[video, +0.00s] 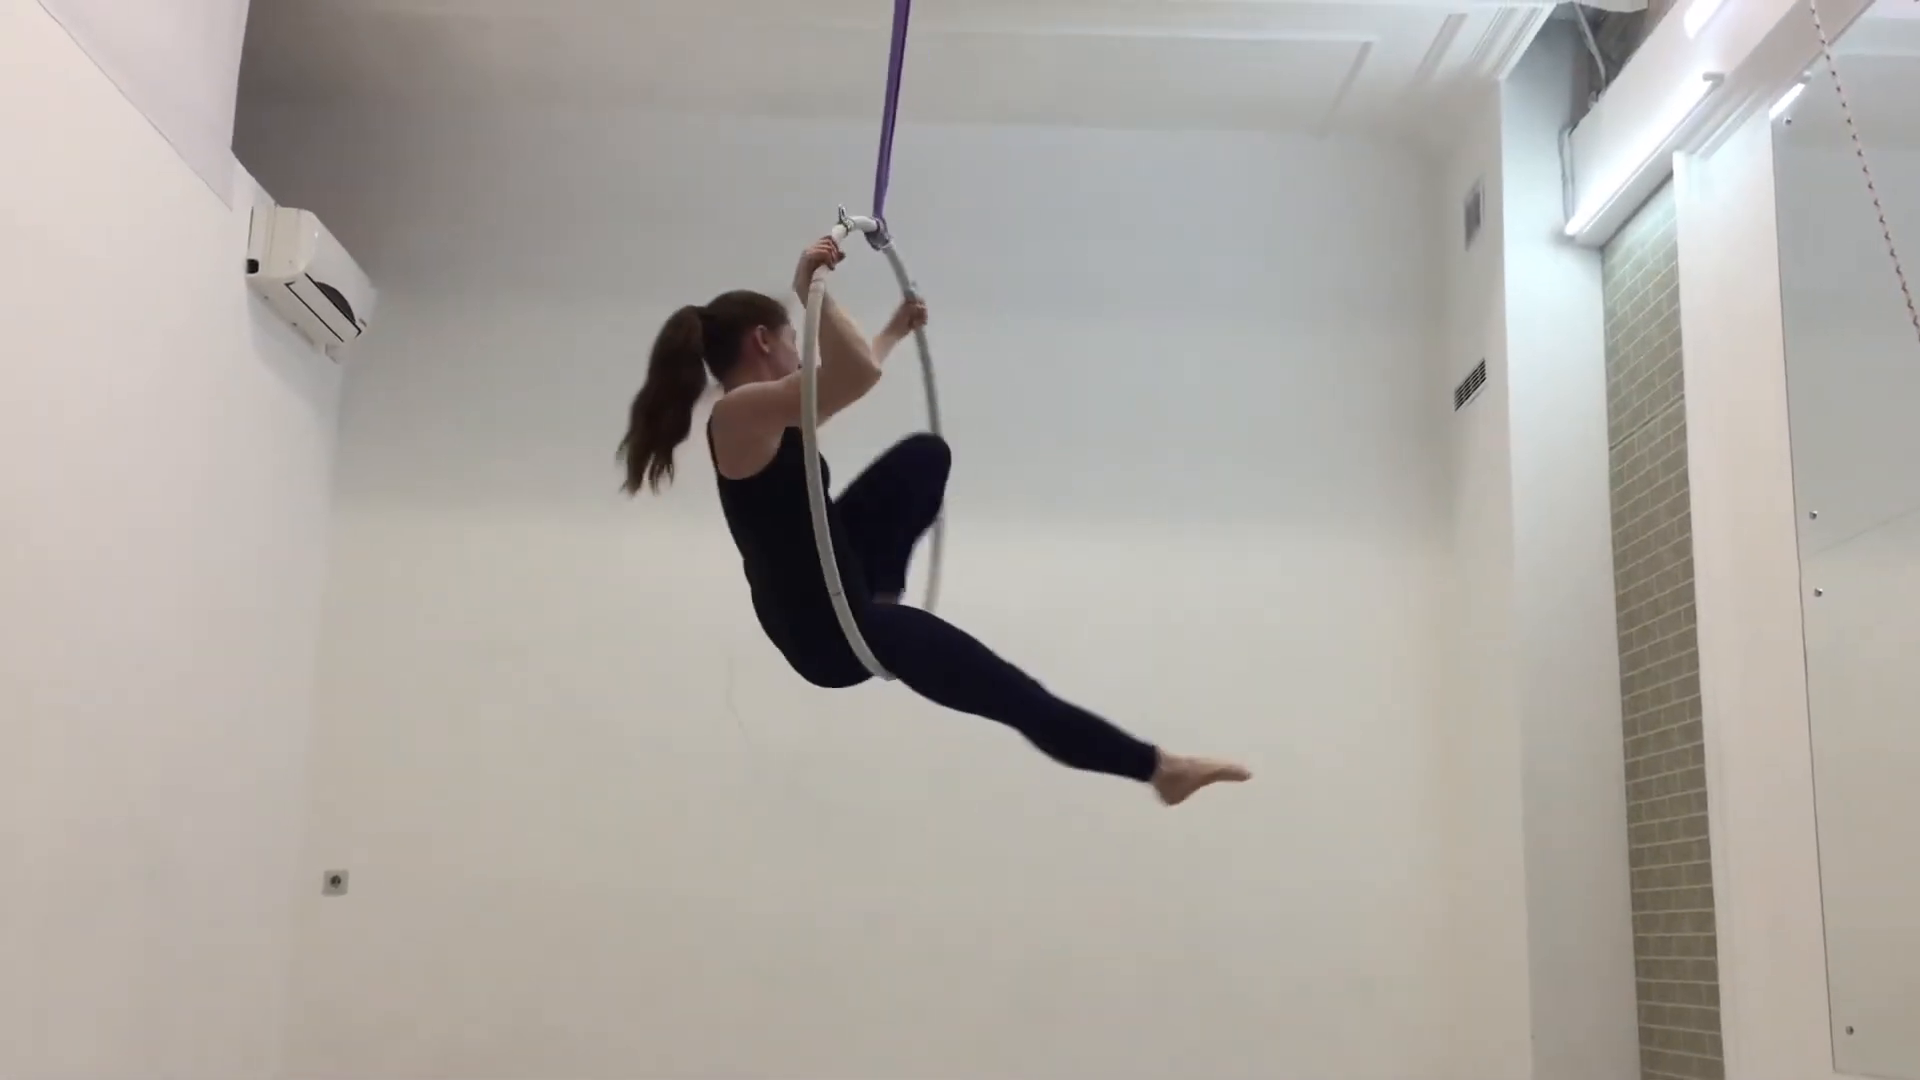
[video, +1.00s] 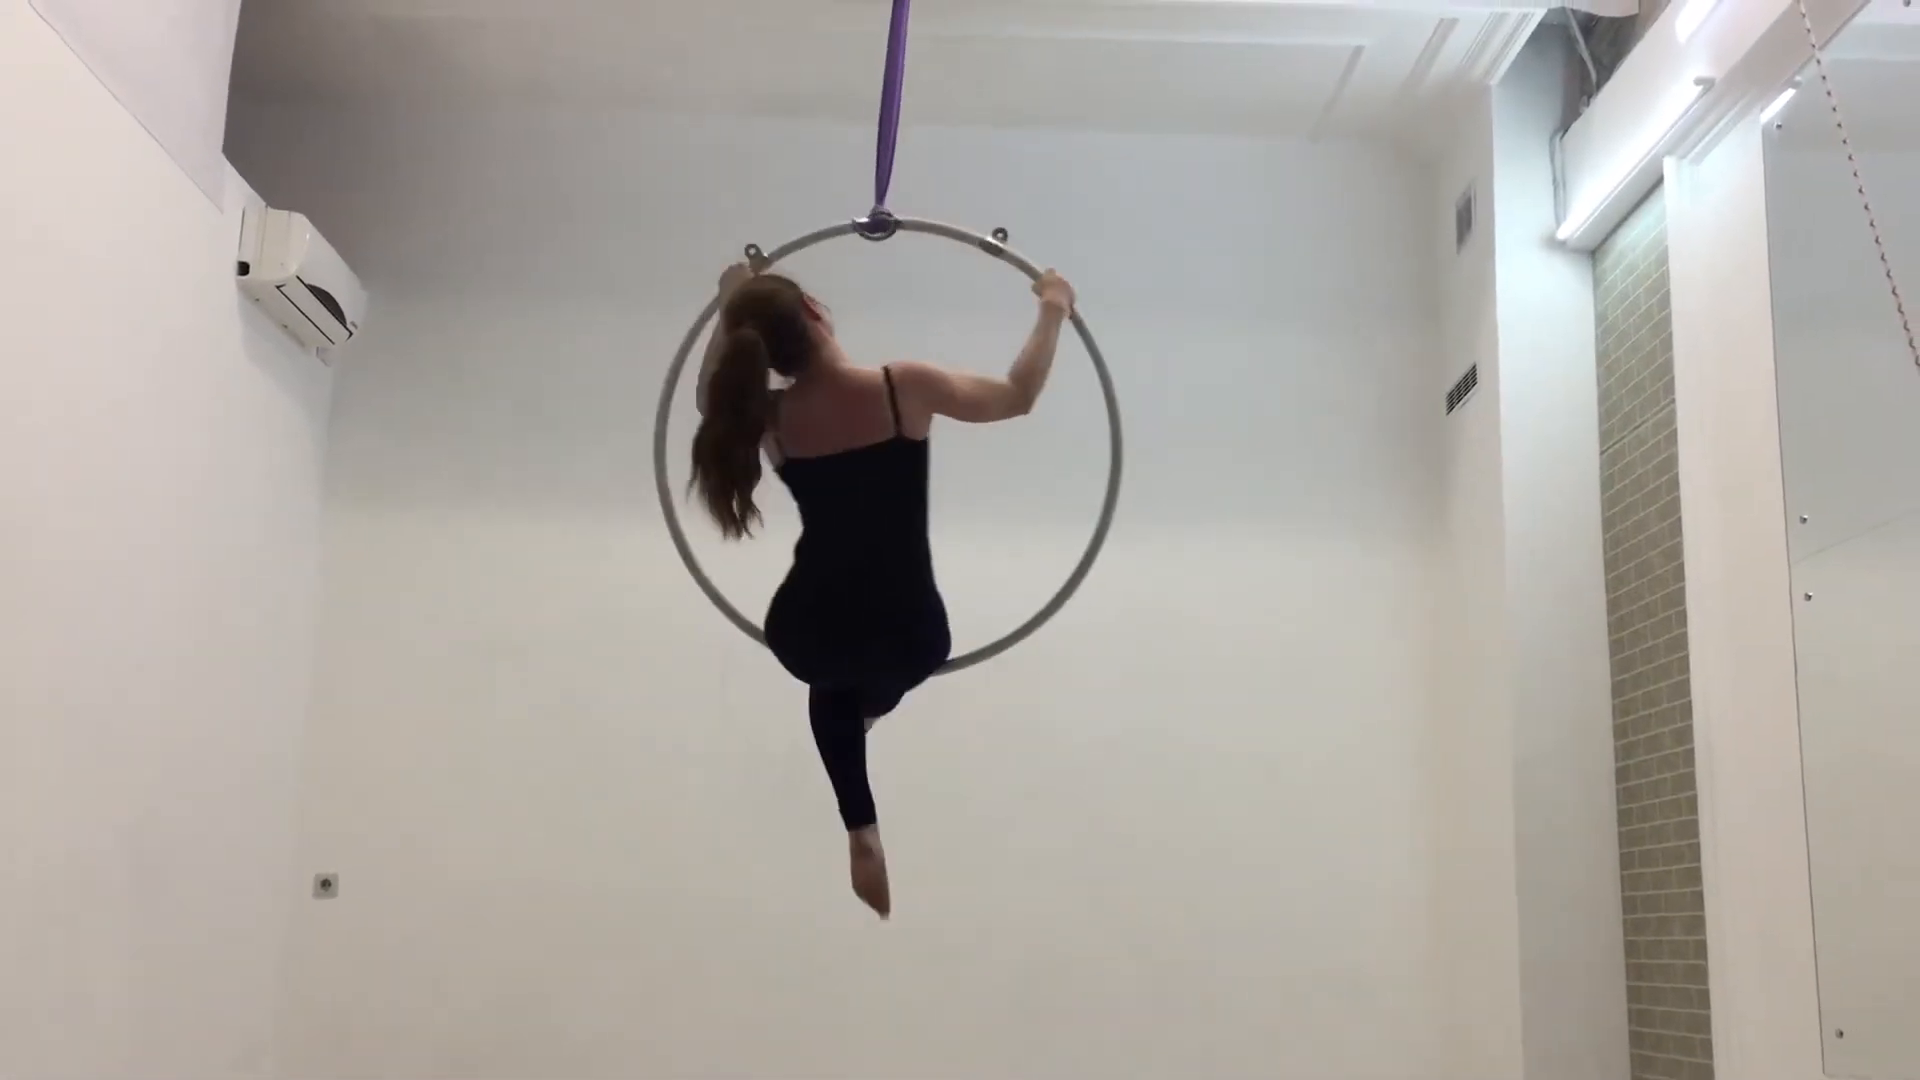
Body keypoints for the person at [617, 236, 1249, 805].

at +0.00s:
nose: (798, 347)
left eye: (793, 334)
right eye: (790, 336)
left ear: (747, 346)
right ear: (765, 344)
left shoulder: (760, 407)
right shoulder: (740, 411)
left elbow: (835, 390)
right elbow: (854, 374)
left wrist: (892, 333)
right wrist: (812, 291)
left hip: (828, 570)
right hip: (830, 626)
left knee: (926, 457)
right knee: (1007, 691)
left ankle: (875, 607)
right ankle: (1158, 769)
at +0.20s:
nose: (773, 342)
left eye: (766, 332)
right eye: (765, 331)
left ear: (726, 343)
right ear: (744, 337)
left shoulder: (747, 399)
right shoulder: (727, 411)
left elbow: (811, 363)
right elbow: (860, 395)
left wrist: (850, 315)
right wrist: (828, 304)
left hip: (815, 551)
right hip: (798, 621)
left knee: (911, 446)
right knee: (927, 699)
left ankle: (896, 557)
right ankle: (1027, 794)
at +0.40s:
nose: (764, 328)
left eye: (759, 317)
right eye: (759, 316)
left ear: (695, 342)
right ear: (745, 323)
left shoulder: (700, 413)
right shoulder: (755, 396)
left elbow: (758, 396)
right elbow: (888, 397)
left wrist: (788, 320)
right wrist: (902, 293)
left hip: (749, 586)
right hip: (780, 617)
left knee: (930, 521)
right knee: (865, 712)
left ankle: (1063, 609)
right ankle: (918, 793)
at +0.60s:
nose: (774, 313)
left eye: (770, 303)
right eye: (769, 303)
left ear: (703, 334)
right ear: (760, 315)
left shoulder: (699, 407)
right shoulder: (806, 385)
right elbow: (935, 396)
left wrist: (748, 337)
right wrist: (974, 305)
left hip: (721, 605)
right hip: (792, 609)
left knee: (894, 603)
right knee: (855, 703)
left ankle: (1033, 639)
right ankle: (895, 783)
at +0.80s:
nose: (783, 301)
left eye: (775, 294)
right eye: (778, 296)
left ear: (724, 340)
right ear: (776, 310)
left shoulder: (727, 414)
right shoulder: (845, 385)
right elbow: (971, 388)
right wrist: (1009, 293)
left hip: (759, 624)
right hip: (845, 621)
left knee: (829, 671)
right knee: (891, 681)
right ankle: (931, 730)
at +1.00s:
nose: (821, 305)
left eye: (809, 300)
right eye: (815, 300)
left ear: (766, 348)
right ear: (818, 313)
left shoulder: (778, 423)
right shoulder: (907, 386)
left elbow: (726, 394)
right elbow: (1016, 395)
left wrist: (736, 311)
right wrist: (1053, 310)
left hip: (817, 624)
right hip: (907, 623)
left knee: (828, 692)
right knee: (879, 686)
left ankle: (863, 835)